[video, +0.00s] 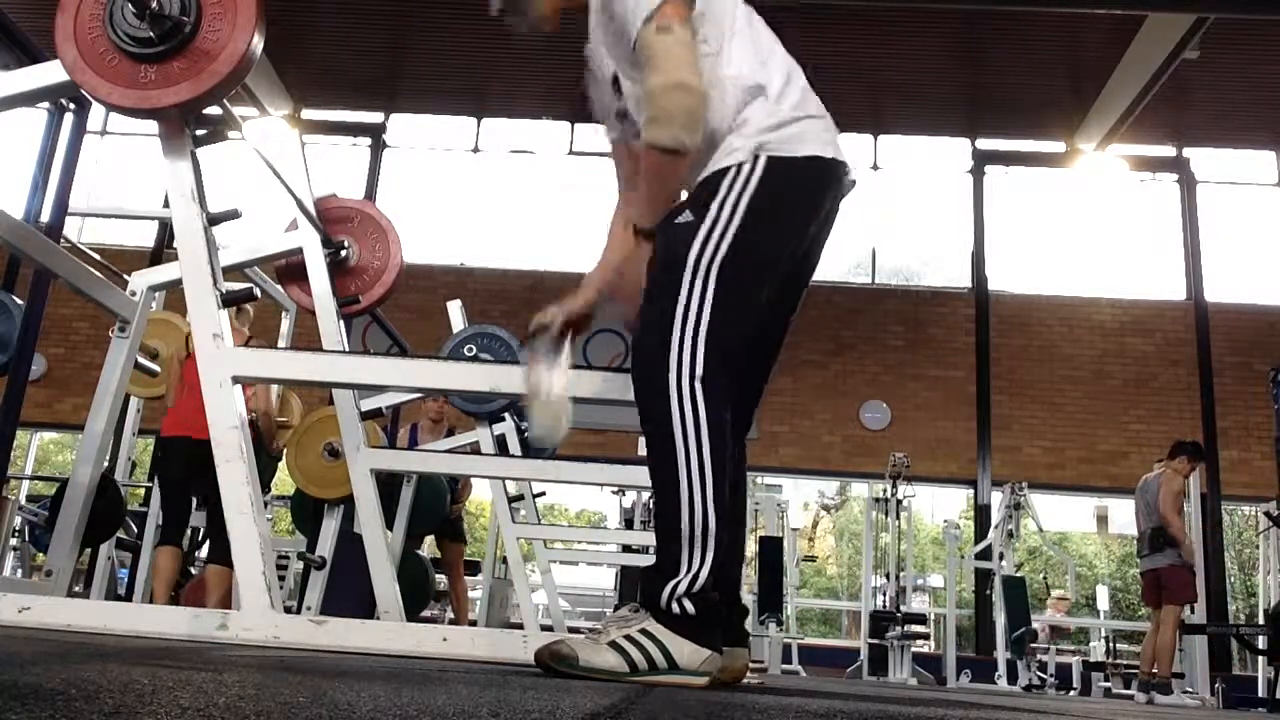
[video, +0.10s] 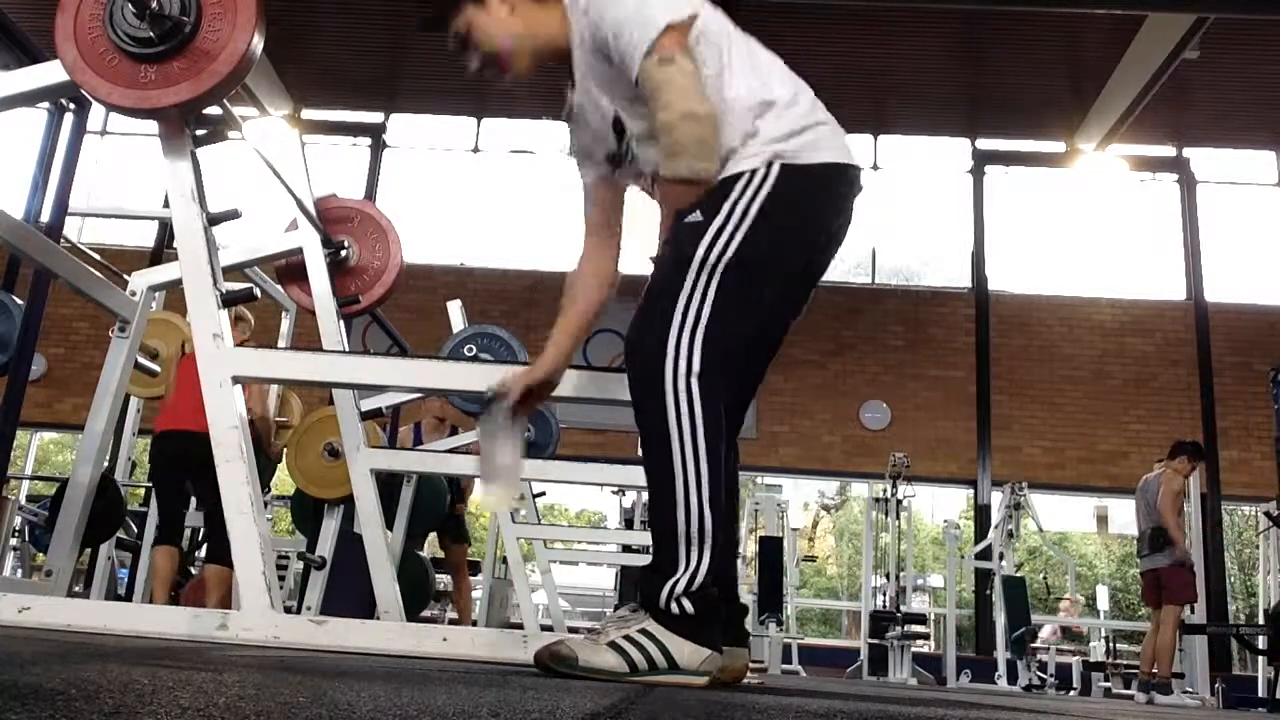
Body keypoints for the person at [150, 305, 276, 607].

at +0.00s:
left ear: (216, 314)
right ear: (248, 324)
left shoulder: (186, 342)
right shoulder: (253, 350)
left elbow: (172, 400)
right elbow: (263, 408)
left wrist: (178, 429)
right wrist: (271, 444)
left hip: (173, 444)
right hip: (222, 446)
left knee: (171, 527)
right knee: (221, 532)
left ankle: (159, 612)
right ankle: (215, 620)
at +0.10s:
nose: (246, 340)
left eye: (246, 336)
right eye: (247, 336)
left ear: (218, 326)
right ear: (242, 333)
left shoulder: (188, 352)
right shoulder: (246, 355)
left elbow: (170, 396)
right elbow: (258, 412)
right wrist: (269, 447)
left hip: (166, 439)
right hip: (210, 442)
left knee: (169, 525)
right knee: (219, 529)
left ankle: (158, 612)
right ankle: (216, 620)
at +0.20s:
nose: (247, 343)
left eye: (247, 338)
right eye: (248, 338)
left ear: (221, 328)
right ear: (243, 336)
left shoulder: (188, 351)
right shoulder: (246, 358)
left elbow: (170, 390)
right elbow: (255, 414)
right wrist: (269, 450)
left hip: (161, 433)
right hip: (207, 436)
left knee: (167, 520)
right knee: (214, 523)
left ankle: (158, 608)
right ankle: (202, 611)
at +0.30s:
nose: (250, 345)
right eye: (251, 341)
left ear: (219, 331)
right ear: (247, 338)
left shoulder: (189, 350)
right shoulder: (247, 358)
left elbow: (170, 388)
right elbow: (253, 413)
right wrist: (265, 448)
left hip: (162, 431)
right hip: (211, 435)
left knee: (166, 520)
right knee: (206, 524)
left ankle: (157, 611)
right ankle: (188, 615)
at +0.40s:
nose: (255, 348)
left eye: (256, 344)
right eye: (254, 344)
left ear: (217, 333)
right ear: (246, 339)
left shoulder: (190, 353)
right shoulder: (246, 360)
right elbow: (251, 412)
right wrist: (262, 450)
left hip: (163, 429)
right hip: (208, 432)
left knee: (166, 516)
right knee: (203, 525)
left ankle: (155, 609)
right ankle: (183, 615)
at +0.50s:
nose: (264, 353)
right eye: (264, 348)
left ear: (217, 335)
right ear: (250, 343)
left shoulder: (194, 353)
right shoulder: (249, 361)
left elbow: (171, 388)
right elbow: (250, 412)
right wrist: (259, 452)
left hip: (163, 427)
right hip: (208, 431)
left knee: (166, 517)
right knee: (203, 526)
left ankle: (155, 609)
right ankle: (183, 616)